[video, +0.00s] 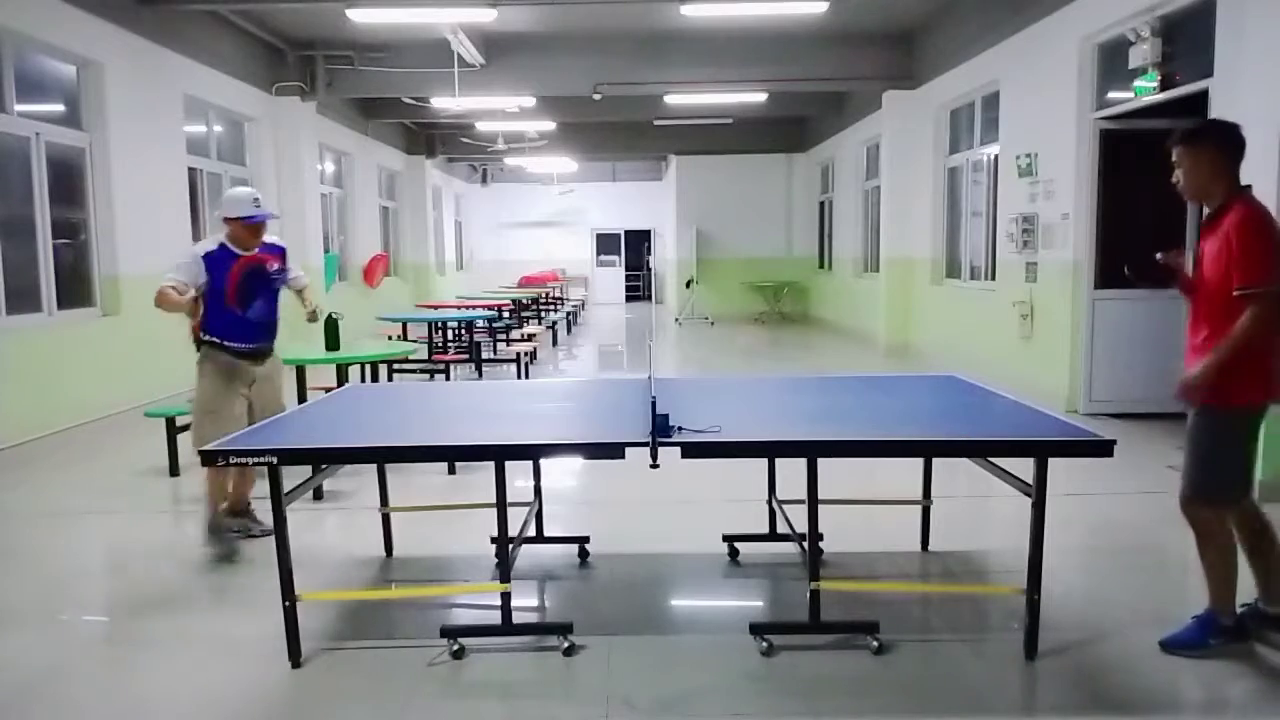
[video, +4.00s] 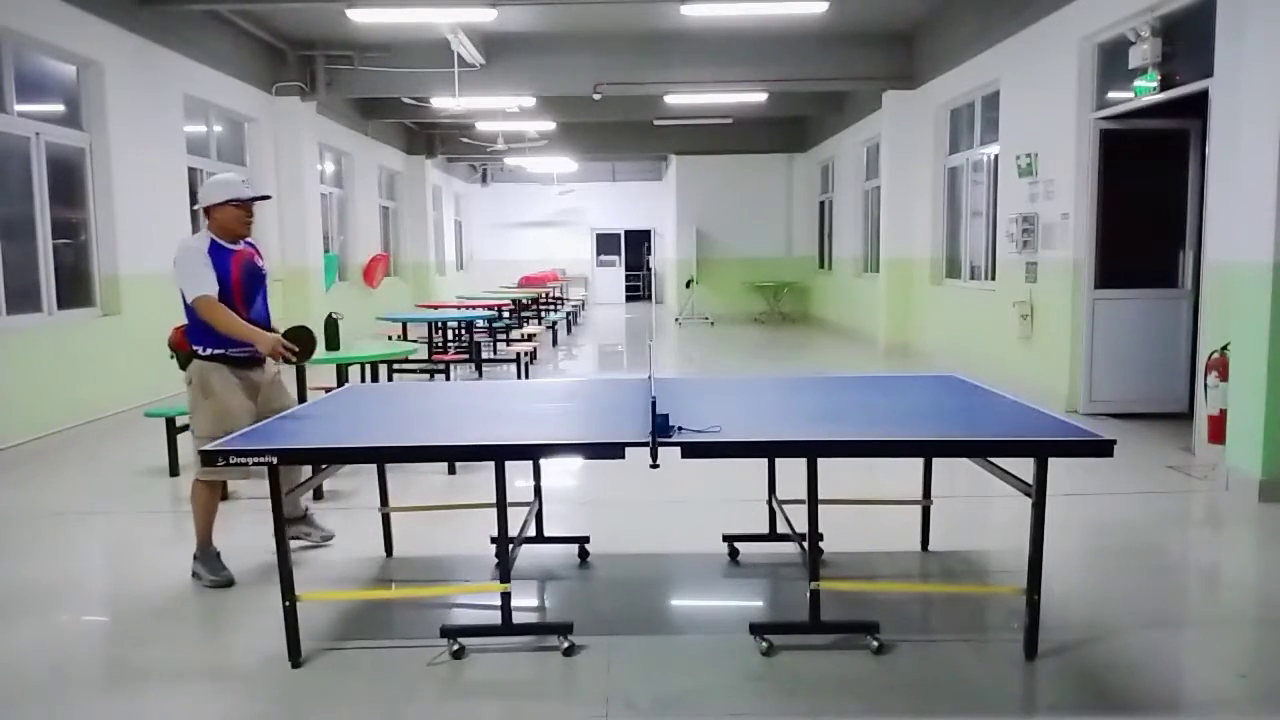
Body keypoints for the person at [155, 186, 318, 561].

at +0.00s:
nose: (260, 232)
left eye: (262, 225)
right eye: (252, 225)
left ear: (264, 223)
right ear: (230, 224)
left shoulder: (275, 252)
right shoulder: (205, 256)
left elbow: (298, 283)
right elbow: (162, 295)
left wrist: (309, 303)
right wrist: (185, 303)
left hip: (264, 362)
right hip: (222, 364)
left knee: (259, 439)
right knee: (220, 445)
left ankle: (239, 508)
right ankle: (216, 521)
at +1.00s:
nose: (427, 268)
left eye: (431, 261)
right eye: (423, 259)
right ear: (399, 254)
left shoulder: (402, 280)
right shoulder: (370, 281)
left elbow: (401, 309)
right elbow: (367, 331)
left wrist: (418, 330)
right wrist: (405, 348)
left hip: (375, 368)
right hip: (337, 367)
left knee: (406, 428)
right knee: (324, 447)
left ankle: (397, 505)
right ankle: (282, 521)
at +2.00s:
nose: (286, 222)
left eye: (288, 215)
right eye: (277, 216)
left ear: (289, 218)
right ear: (254, 219)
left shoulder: (297, 252)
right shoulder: (232, 259)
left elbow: (335, 287)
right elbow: (227, 312)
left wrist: (312, 253)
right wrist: (267, 329)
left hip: (298, 360)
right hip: (252, 365)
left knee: (308, 438)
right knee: (253, 444)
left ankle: (301, 514)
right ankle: (252, 520)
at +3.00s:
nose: (315, 222)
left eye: (321, 217)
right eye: (310, 211)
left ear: (324, 223)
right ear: (293, 208)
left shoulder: (325, 251)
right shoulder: (259, 242)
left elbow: (368, 260)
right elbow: (242, 286)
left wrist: (341, 226)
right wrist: (281, 309)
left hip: (307, 358)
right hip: (262, 356)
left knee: (309, 443)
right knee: (248, 446)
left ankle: (313, 526)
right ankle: (224, 538)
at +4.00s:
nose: (250, 214)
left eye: (251, 207)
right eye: (241, 207)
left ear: (244, 210)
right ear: (214, 211)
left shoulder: (250, 249)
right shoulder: (193, 250)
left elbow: (252, 308)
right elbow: (207, 309)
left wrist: (272, 341)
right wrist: (263, 338)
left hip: (259, 367)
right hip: (215, 371)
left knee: (290, 438)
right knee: (212, 462)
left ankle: (293, 518)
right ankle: (205, 551)